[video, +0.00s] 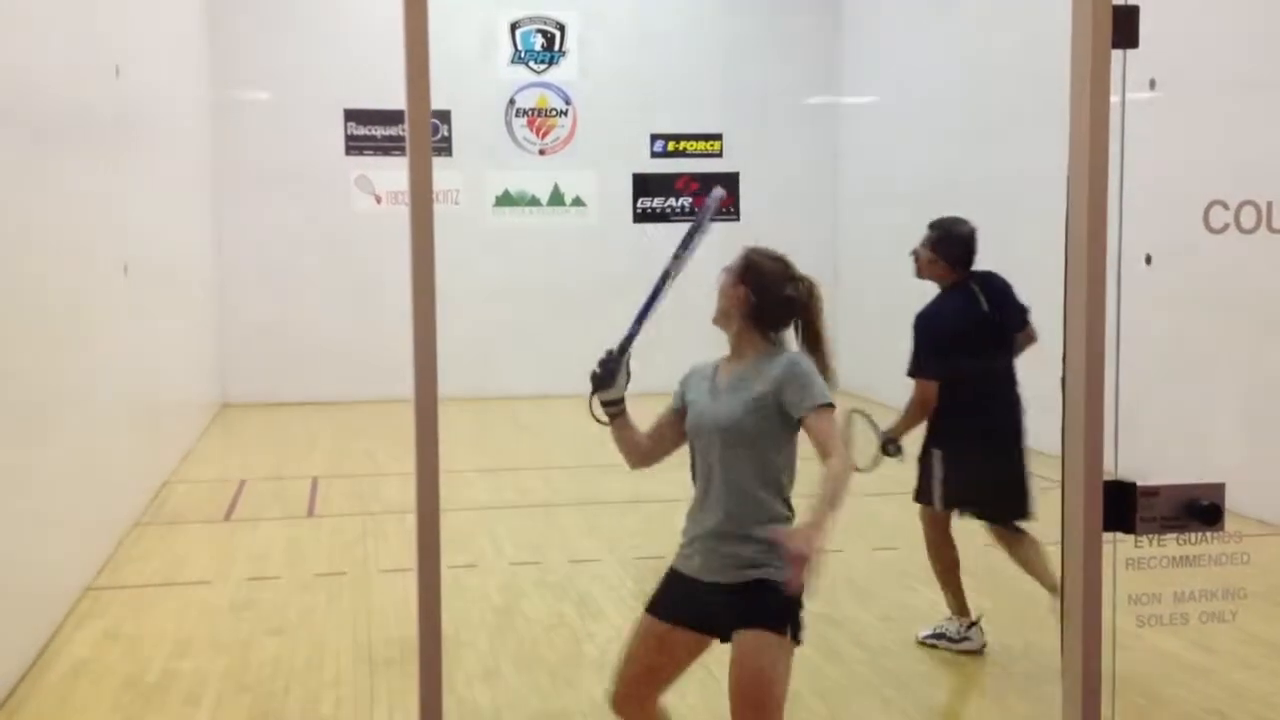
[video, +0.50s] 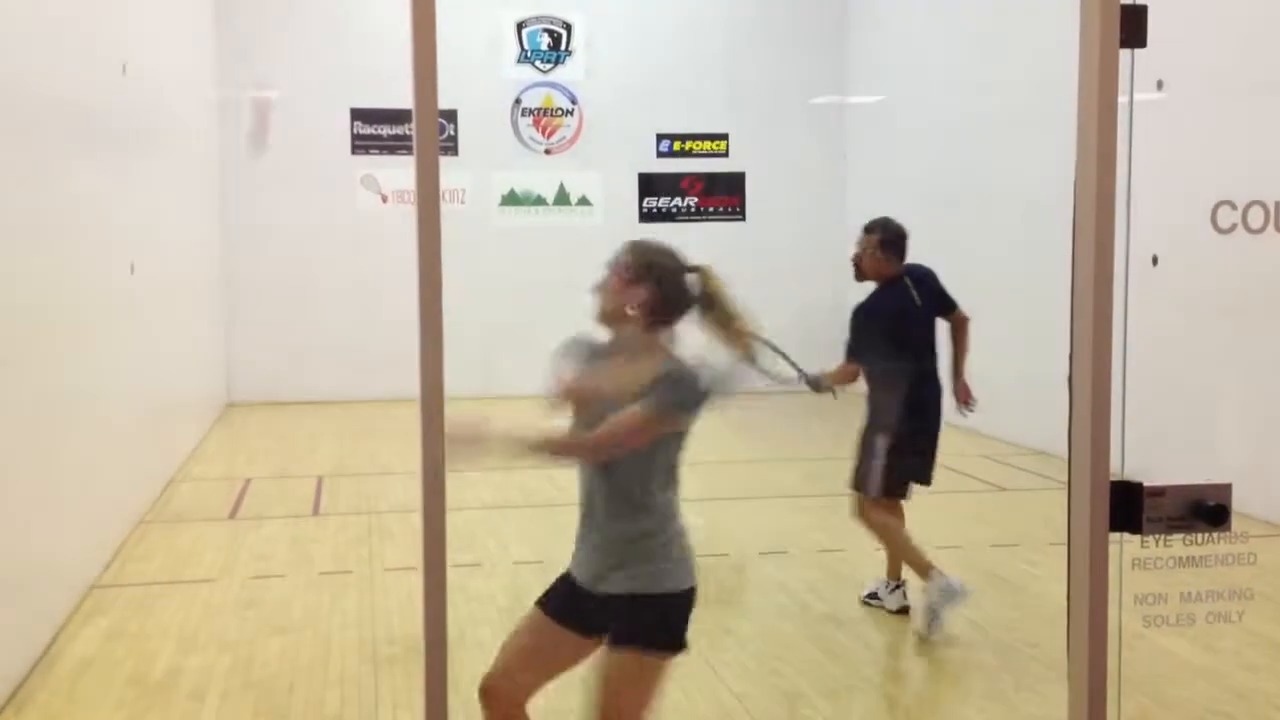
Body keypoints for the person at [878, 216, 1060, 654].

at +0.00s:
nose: (915, 251)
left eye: (924, 248)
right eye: (921, 245)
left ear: (941, 262)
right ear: (960, 259)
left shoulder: (933, 318)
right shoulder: (992, 286)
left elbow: (925, 399)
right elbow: (1027, 335)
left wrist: (892, 433)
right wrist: (988, 360)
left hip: (951, 435)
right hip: (1000, 430)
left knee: (934, 517)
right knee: (1002, 523)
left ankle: (961, 621)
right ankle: (1061, 592)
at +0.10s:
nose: (901, 245)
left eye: (910, 242)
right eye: (907, 239)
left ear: (931, 255)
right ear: (943, 253)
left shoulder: (920, 309)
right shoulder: (977, 278)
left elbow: (910, 386)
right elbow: (1010, 327)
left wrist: (876, 419)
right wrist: (980, 362)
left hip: (942, 421)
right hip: (986, 411)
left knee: (933, 513)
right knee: (962, 501)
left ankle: (963, 620)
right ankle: (1018, 589)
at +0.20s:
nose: (888, 241)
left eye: (897, 237)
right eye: (893, 234)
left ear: (918, 250)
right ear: (927, 248)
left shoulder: (907, 304)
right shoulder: (960, 272)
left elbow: (896, 380)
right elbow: (998, 319)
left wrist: (864, 409)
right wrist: (982, 371)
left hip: (935, 411)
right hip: (972, 401)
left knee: (935, 506)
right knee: (941, 499)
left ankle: (966, 619)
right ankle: (961, 603)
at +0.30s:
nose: (877, 247)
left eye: (886, 242)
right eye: (881, 239)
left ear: (909, 254)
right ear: (913, 251)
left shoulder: (896, 308)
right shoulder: (944, 274)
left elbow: (882, 381)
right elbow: (985, 317)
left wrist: (849, 402)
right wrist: (983, 377)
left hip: (923, 418)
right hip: (954, 408)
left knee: (934, 511)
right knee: (925, 501)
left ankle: (968, 618)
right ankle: (907, 584)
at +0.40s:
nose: (868, 254)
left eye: (877, 250)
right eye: (872, 246)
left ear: (899, 260)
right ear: (902, 257)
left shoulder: (884, 313)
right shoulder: (932, 279)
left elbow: (867, 380)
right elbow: (973, 319)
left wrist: (833, 395)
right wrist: (974, 379)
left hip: (905, 421)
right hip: (934, 412)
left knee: (914, 512)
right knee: (901, 500)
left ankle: (965, 611)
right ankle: (893, 586)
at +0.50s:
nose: (855, 255)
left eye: (863, 249)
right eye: (859, 247)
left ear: (885, 256)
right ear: (891, 255)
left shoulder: (869, 311)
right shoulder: (920, 278)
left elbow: (851, 369)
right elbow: (959, 320)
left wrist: (822, 379)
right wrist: (959, 377)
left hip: (890, 418)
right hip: (921, 412)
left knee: (869, 508)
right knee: (890, 501)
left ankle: (938, 583)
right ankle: (894, 588)